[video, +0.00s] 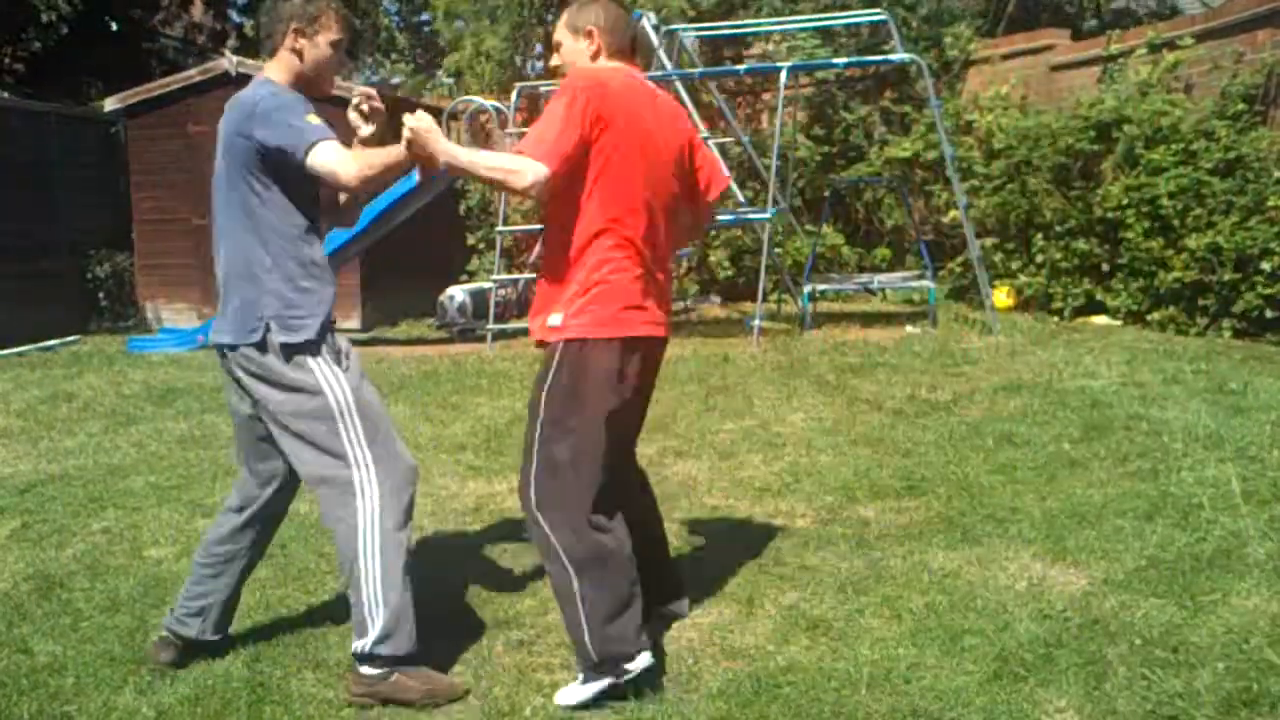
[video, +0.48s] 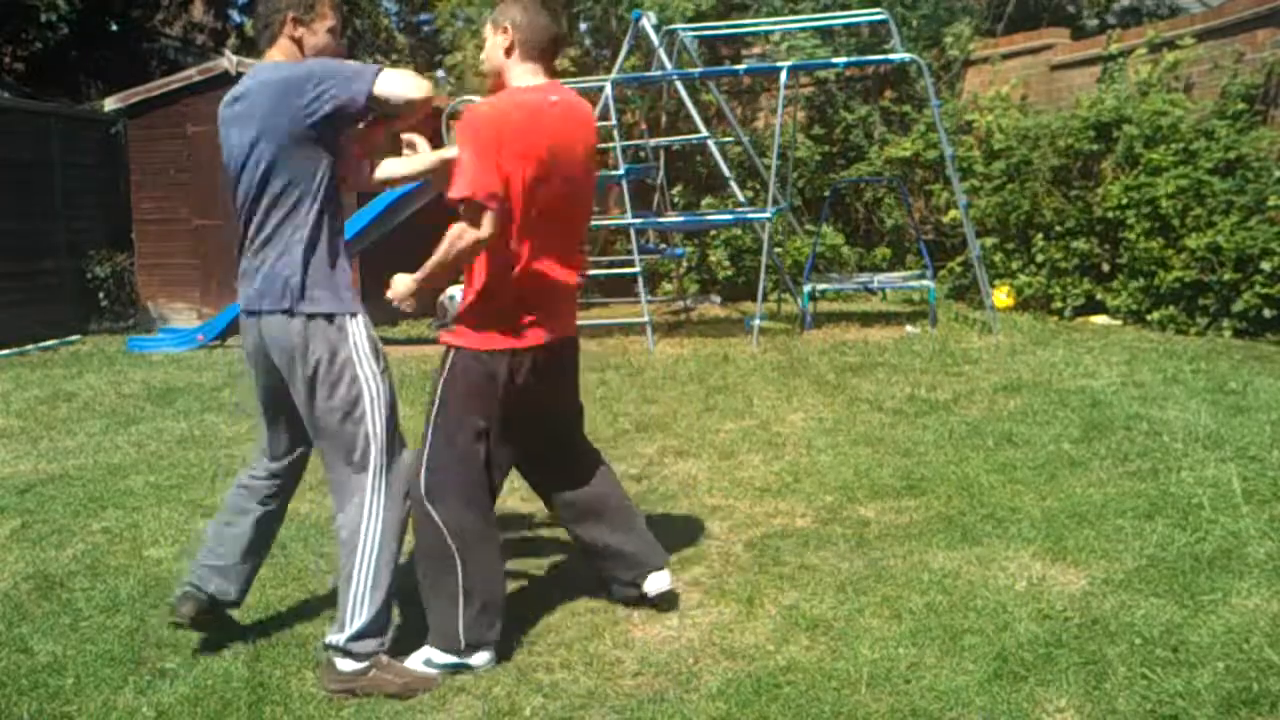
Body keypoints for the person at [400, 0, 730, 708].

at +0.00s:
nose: (553, 61)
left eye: (558, 47)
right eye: (554, 49)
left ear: (592, 41)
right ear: (617, 44)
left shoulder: (589, 86)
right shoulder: (673, 109)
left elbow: (530, 172)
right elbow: (712, 191)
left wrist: (444, 150)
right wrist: (657, 244)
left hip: (591, 320)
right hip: (646, 320)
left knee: (555, 491)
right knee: (613, 468)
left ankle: (616, 657)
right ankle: (658, 595)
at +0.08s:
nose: (541, 46)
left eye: (548, 33)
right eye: (542, 33)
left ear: (583, 33)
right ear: (592, 33)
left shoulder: (600, 88)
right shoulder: (634, 90)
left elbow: (589, 198)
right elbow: (635, 199)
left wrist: (493, 220)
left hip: (586, 321)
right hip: (620, 319)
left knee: (524, 476)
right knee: (598, 462)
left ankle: (598, 630)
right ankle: (653, 587)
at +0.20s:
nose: (519, 39)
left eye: (529, 28)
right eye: (519, 27)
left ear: (570, 32)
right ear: (559, 32)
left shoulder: (608, 109)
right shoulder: (544, 95)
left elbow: (665, 218)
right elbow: (478, 93)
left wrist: (623, 309)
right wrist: (434, 61)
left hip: (572, 327)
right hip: (554, 321)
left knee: (497, 465)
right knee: (587, 461)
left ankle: (505, 624)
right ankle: (656, 585)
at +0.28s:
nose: (500, 54)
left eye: (510, 43)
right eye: (501, 43)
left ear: (547, 48)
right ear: (539, 47)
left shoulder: (583, 125)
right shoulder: (513, 111)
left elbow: (650, 222)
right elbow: (447, 97)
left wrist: (612, 322)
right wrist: (406, 57)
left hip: (547, 338)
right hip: (531, 333)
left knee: (485, 482)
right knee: (578, 473)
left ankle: (465, 641)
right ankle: (659, 586)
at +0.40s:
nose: (482, 57)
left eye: (488, 44)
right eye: (485, 44)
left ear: (516, 48)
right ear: (534, 50)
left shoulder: (533, 128)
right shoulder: (564, 117)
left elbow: (556, 244)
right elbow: (468, 136)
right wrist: (422, 100)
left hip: (504, 345)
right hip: (553, 344)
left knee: (456, 488)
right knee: (561, 460)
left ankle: (465, 639)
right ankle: (651, 581)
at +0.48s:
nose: (482, 48)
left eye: (487, 36)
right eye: (486, 36)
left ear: (504, 41)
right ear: (552, 46)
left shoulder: (488, 116)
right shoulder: (581, 110)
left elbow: (478, 224)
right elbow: (520, 154)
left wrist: (419, 280)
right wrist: (435, 158)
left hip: (491, 337)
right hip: (554, 333)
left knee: (449, 483)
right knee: (560, 451)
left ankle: (465, 640)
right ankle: (644, 569)